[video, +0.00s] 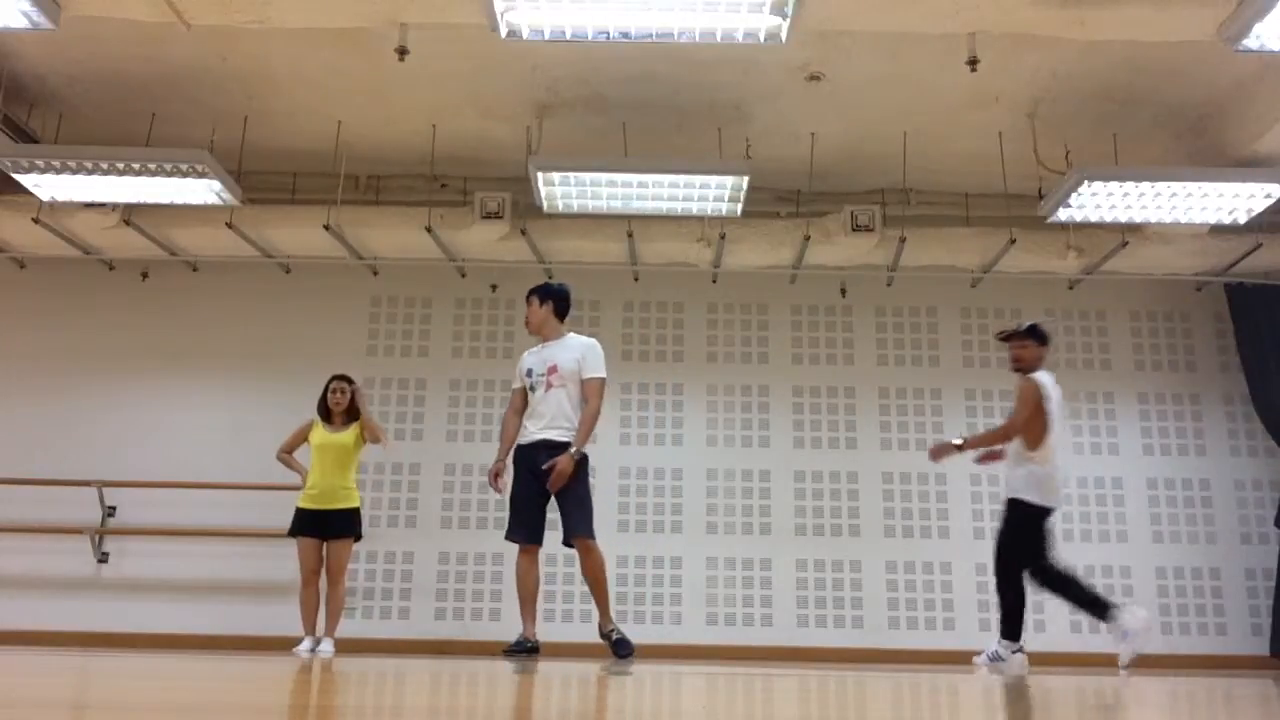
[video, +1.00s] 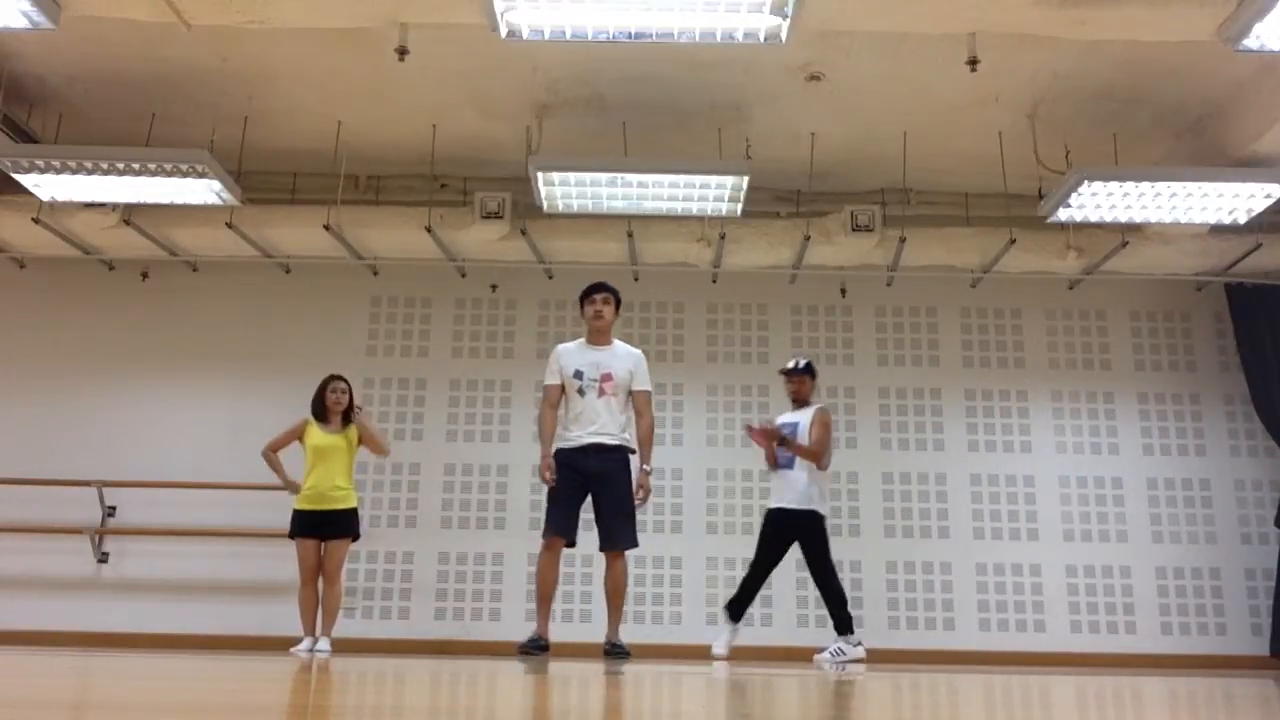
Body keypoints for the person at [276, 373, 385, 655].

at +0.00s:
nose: (337, 396)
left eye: (343, 392)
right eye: (333, 391)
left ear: (351, 397)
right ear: (325, 396)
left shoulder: (359, 426)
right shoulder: (314, 426)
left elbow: (377, 437)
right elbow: (282, 453)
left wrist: (363, 406)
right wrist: (303, 471)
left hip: (343, 506)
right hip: (311, 505)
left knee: (335, 577)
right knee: (309, 576)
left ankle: (329, 638)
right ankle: (309, 636)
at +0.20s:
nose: (338, 397)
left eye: (343, 392)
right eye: (333, 392)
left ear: (351, 398)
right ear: (325, 396)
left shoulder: (357, 426)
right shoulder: (312, 426)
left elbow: (375, 429)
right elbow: (279, 453)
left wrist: (361, 402)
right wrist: (302, 473)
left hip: (342, 506)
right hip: (310, 505)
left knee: (333, 576)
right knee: (308, 575)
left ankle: (327, 638)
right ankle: (309, 636)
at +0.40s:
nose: (339, 395)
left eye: (344, 392)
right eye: (334, 391)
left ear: (350, 399)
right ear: (325, 395)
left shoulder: (355, 429)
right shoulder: (310, 426)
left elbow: (377, 426)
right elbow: (276, 453)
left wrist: (363, 401)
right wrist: (300, 473)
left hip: (342, 506)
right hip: (309, 505)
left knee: (333, 576)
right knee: (309, 575)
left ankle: (325, 637)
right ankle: (308, 636)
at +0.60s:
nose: (341, 396)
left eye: (345, 393)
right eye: (336, 391)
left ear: (350, 400)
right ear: (324, 395)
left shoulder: (354, 430)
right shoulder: (308, 426)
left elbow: (382, 424)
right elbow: (270, 452)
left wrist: (363, 405)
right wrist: (298, 473)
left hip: (342, 506)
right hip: (309, 506)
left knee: (332, 575)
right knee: (308, 575)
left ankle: (325, 637)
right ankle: (308, 636)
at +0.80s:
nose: (341, 396)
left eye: (346, 392)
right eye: (337, 390)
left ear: (349, 400)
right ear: (325, 394)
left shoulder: (354, 429)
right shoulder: (308, 425)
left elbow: (384, 422)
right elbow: (269, 450)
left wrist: (361, 405)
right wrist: (297, 473)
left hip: (342, 505)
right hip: (309, 505)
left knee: (333, 574)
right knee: (308, 575)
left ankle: (325, 637)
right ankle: (308, 636)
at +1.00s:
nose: (338, 396)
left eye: (343, 392)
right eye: (333, 391)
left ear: (349, 398)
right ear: (322, 396)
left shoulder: (354, 428)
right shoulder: (308, 426)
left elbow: (382, 450)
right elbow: (268, 451)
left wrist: (362, 421)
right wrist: (286, 481)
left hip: (341, 506)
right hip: (308, 505)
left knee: (331, 576)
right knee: (308, 576)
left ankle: (325, 637)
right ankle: (308, 636)